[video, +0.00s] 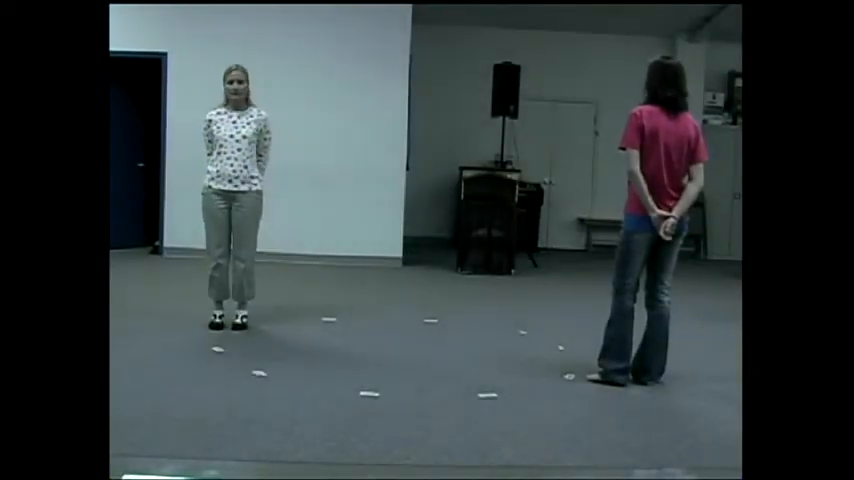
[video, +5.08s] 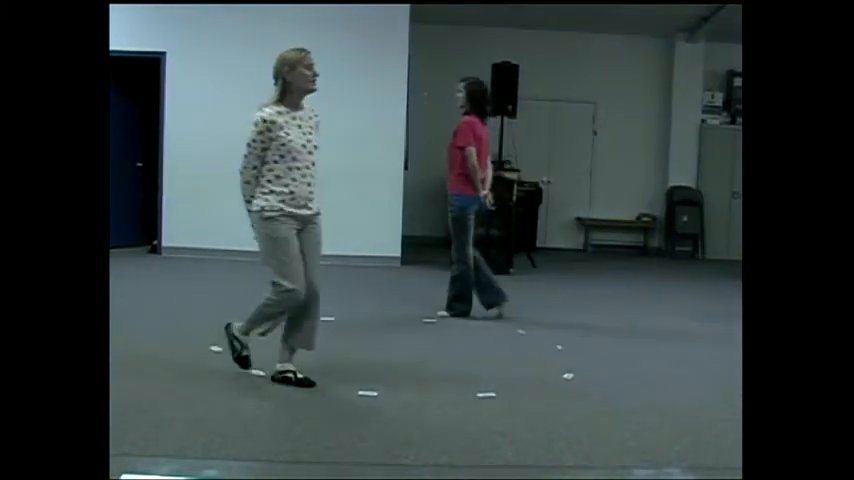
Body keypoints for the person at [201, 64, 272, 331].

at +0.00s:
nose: (236, 86)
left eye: (241, 82)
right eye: (231, 82)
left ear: (248, 86)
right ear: (224, 87)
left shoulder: (259, 118)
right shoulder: (212, 117)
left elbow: (263, 156)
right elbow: (210, 152)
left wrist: (254, 179)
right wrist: (221, 174)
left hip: (247, 190)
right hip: (215, 189)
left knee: (244, 253)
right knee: (217, 253)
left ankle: (242, 309)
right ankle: (217, 309)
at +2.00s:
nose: (237, 93)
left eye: (242, 88)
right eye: (232, 88)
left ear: (248, 90)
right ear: (224, 90)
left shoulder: (260, 121)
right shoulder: (212, 121)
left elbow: (265, 158)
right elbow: (209, 156)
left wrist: (254, 180)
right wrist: (219, 177)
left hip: (249, 195)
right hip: (217, 193)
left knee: (245, 256)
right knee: (218, 252)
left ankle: (242, 310)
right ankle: (216, 308)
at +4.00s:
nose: (235, 73)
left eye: (239, 68)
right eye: (229, 68)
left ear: (242, 74)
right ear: (213, 71)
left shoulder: (247, 112)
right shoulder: (194, 110)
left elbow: (244, 153)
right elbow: (182, 154)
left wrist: (230, 176)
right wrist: (193, 179)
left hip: (234, 195)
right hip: (199, 193)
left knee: (227, 265)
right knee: (209, 260)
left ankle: (212, 326)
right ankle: (197, 328)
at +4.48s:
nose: (256, 78)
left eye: (258, 73)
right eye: (249, 73)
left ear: (256, 78)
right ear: (230, 76)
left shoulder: (256, 117)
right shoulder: (207, 117)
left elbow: (248, 160)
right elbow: (190, 161)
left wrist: (238, 188)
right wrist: (197, 194)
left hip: (249, 205)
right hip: (214, 205)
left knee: (259, 271)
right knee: (224, 279)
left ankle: (230, 329)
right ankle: (214, 345)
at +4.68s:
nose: (273, 73)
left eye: (274, 68)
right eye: (267, 68)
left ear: (261, 74)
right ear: (247, 73)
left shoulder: (271, 113)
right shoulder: (221, 113)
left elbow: (261, 159)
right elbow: (205, 160)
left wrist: (242, 187)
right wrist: (213, 195)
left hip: (264, 206)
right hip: (226, 205)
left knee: (267, 279)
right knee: (221, 279)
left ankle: (279, 355)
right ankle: (213, 348)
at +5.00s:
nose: (309, 71)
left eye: (308, 66)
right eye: (301, 67)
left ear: (299, 75)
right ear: (281, 74)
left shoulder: (306, 115)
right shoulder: (260, 116)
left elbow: (297, 164)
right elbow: (243, 165)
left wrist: (275, 192)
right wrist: (250, 201)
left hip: (304, 211)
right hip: (268, 211)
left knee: (301, 289)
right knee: (275, 288)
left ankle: (286, 364)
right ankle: (229, 332)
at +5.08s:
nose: (315, 73)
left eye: (314, 68)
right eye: (308, 69)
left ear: (304, 77)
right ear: (287, 75)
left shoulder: (311, 118)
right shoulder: (267, 118)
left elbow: (303, 168)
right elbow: (249, 168)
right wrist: (254, 206)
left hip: (307, 212)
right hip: (273, 211)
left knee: (310, 289)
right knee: (291, 289)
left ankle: (286, 364)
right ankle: (240, 331)